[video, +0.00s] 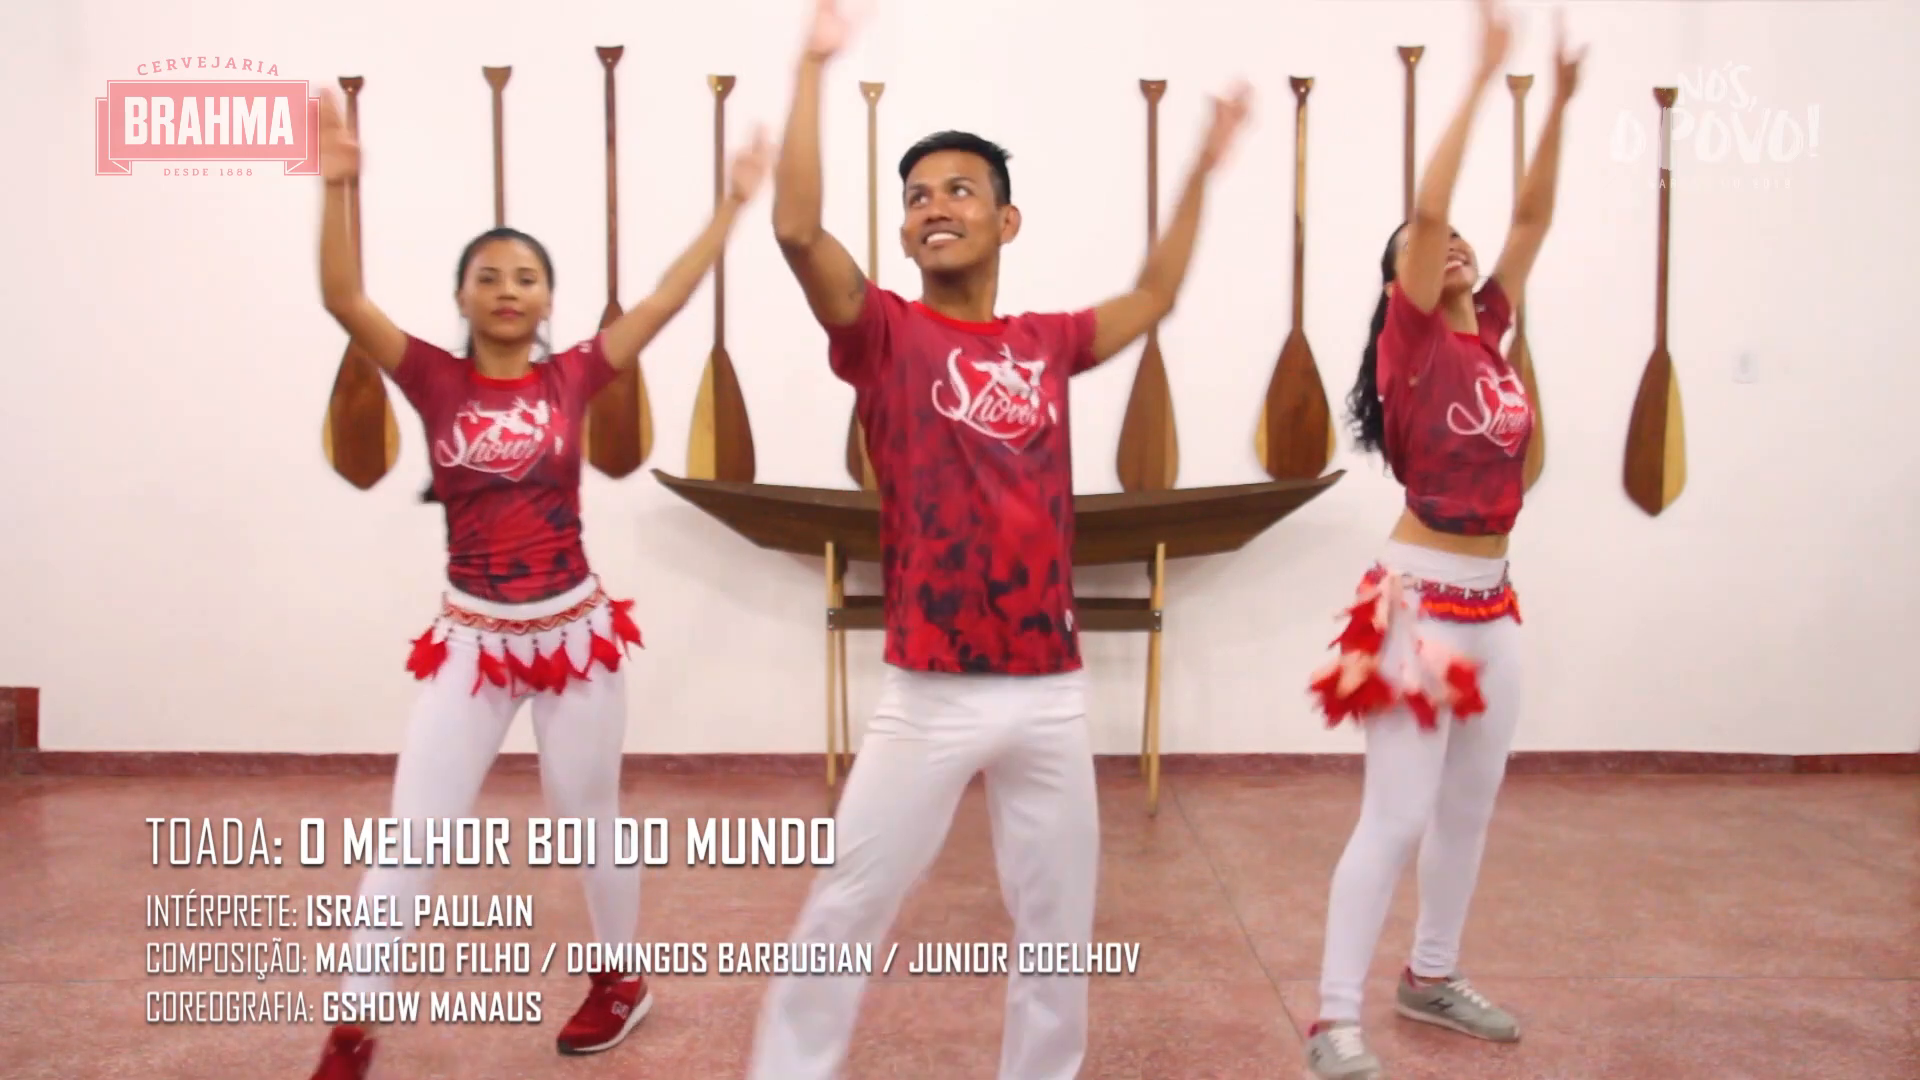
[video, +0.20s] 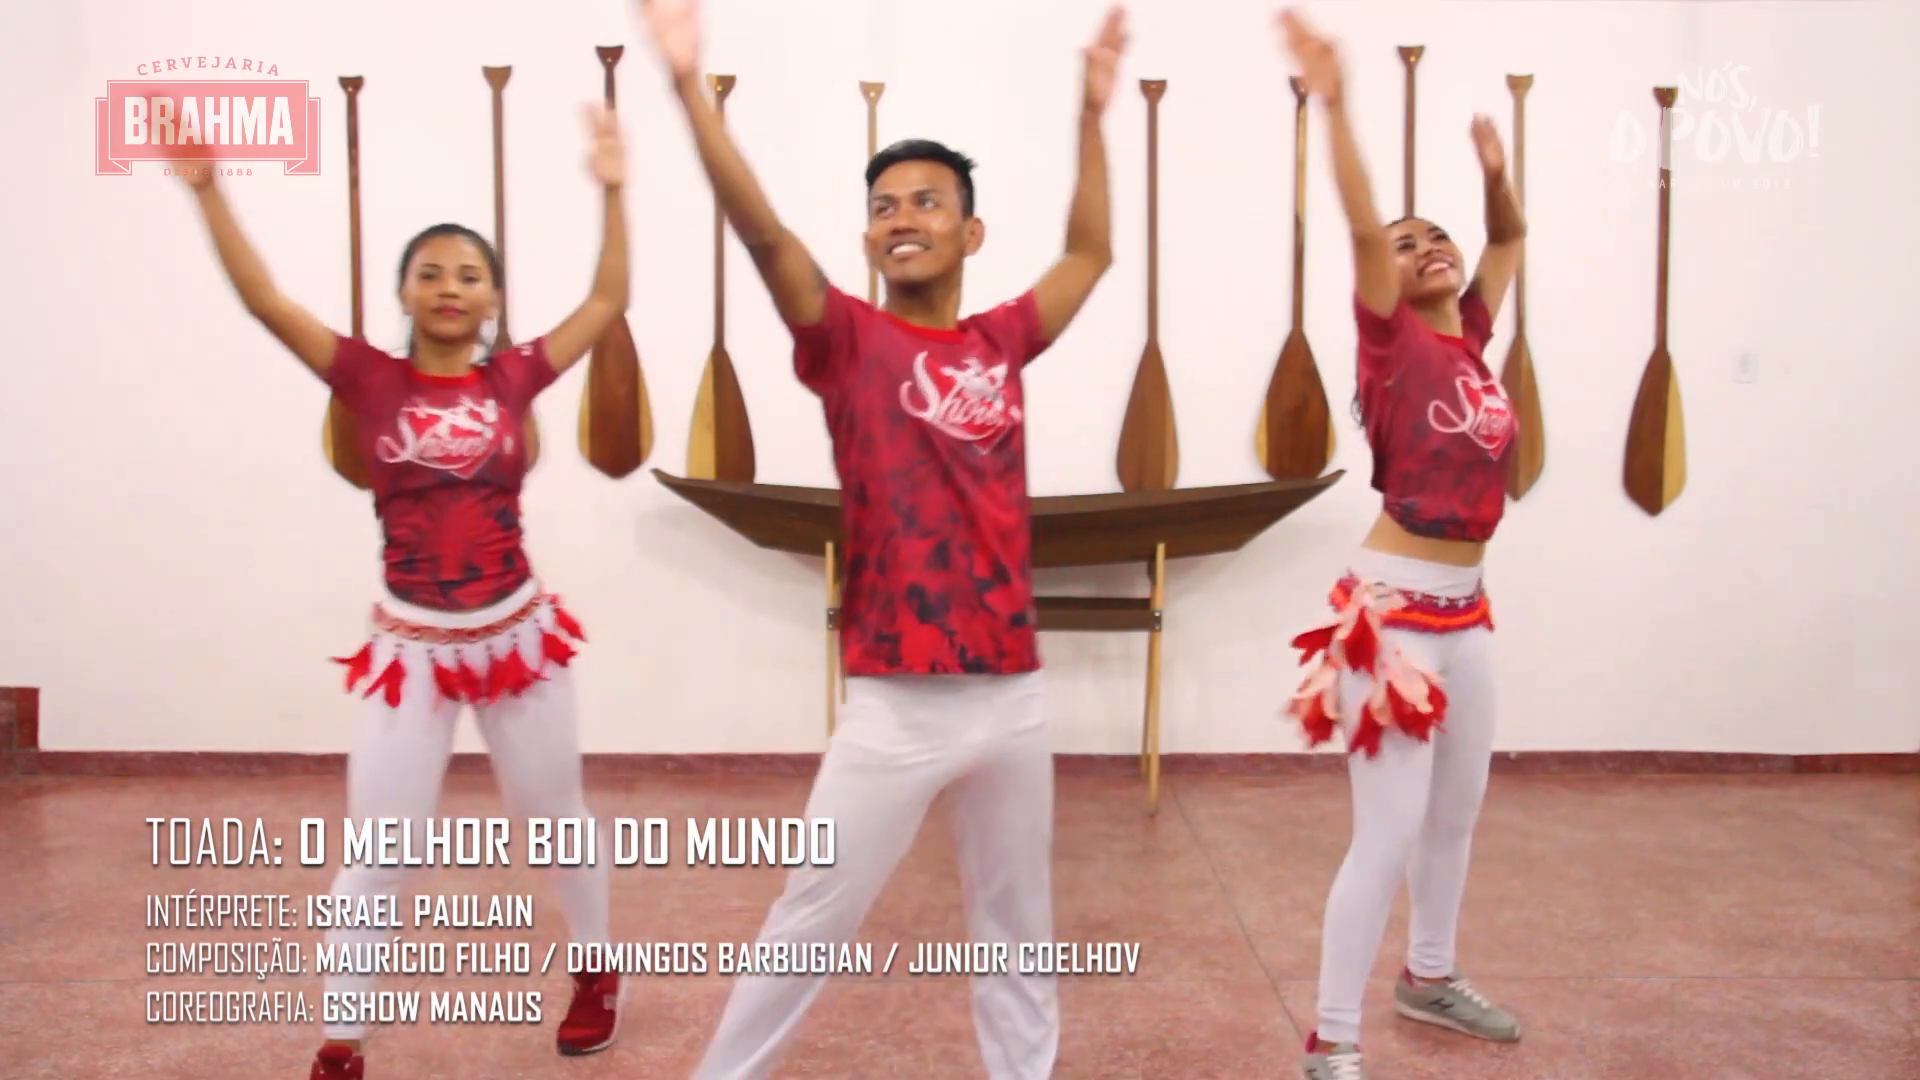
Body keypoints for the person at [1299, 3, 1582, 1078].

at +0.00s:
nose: (1459, 248)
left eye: (1461, 239)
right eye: (1436, 242)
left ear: (1475, 263)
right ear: (1410, 272)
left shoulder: (1488, 331)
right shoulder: (1414, 340)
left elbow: (1531, 218)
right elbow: (1428, 208)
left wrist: (1559, 101)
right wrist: (1483, 70)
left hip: (1490, 604)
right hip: (1416, 599)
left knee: (1466, 810)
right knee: (1395, 819)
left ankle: (1433, 977)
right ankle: (1336, 1021)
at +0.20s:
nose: (1429, 249)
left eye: (1436, 239)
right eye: (1407, 247)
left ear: (1459, 264)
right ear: (1389, 279)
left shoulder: (1475, 341)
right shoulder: (1393, 345)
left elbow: (1505, 249)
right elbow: (1368, 229)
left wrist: (1494, 174)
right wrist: (1330, 101)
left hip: (1465, 611)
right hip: (1390, 608)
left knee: (1454, 814)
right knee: (1384, 839)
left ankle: (1430, 977)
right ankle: (1334, 1042)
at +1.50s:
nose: (1544, 250)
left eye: (1568, 240)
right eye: (1528, 233)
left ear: (1593, 270)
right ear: (1496, 252)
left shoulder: (1580, 360)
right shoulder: (1460, 324)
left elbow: (1669, 253)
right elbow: (1447, 178)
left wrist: (1768, 128)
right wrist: (1487, 44)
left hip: (1536, 628)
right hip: (1425, 628)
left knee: (1564, 891)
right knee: (1401, 878)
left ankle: (1593, 1074)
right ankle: (1384, 1054)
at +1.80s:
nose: (1608, 258)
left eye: (1631, 242)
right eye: (1589, 241)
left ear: (1657, 265)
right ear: (1554, 260)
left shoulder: (1665, 375)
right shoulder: (1508, 344)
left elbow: (1808, 308)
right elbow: (1500, 190)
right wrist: (1627, 144)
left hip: (1638, 647)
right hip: (1508, 649)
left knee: (1626, 912)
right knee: (1413, 880)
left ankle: (1616, 1079)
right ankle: (1432, 1043)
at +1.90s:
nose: (1619, 252)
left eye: (1642, 234)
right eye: (1598, 233)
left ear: (1666, 253)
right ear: (1562, 252)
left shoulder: (1680, 372)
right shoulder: (1514, 336)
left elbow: (1840, 320)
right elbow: (1513, 185)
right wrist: (1666, 172)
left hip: (1650, 657)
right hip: (1516, 655)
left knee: (1637, 906)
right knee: (1445, 896)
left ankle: (1614, 1077)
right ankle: (1467, 1023)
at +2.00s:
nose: (1626, 243)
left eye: (1646, 226)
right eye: (1604, 226)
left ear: (1669, 248)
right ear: (1566, 245)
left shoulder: (1686, 368)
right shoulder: (1522, 335)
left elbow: (1847, 329)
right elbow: (1526, 179)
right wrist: (1693, 203)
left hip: (1655, 657)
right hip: (1523, 657)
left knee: (1642, 916)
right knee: (1506, 918)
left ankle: (1614, 1077)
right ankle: (1491, 1052)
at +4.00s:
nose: (1396, 261)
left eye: (1404, 250)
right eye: (1376, 248)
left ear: (1414, 270)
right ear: (1340, 263)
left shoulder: (1412, 350)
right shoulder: (1324, 337)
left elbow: (1510, 292)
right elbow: (1344, 198)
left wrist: (1611, 228)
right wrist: (1451, 105)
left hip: (1399, 599)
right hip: (1342, 598)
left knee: (1379, 801)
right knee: (1370, 820)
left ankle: (1357, 935)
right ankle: (1311, 1018)